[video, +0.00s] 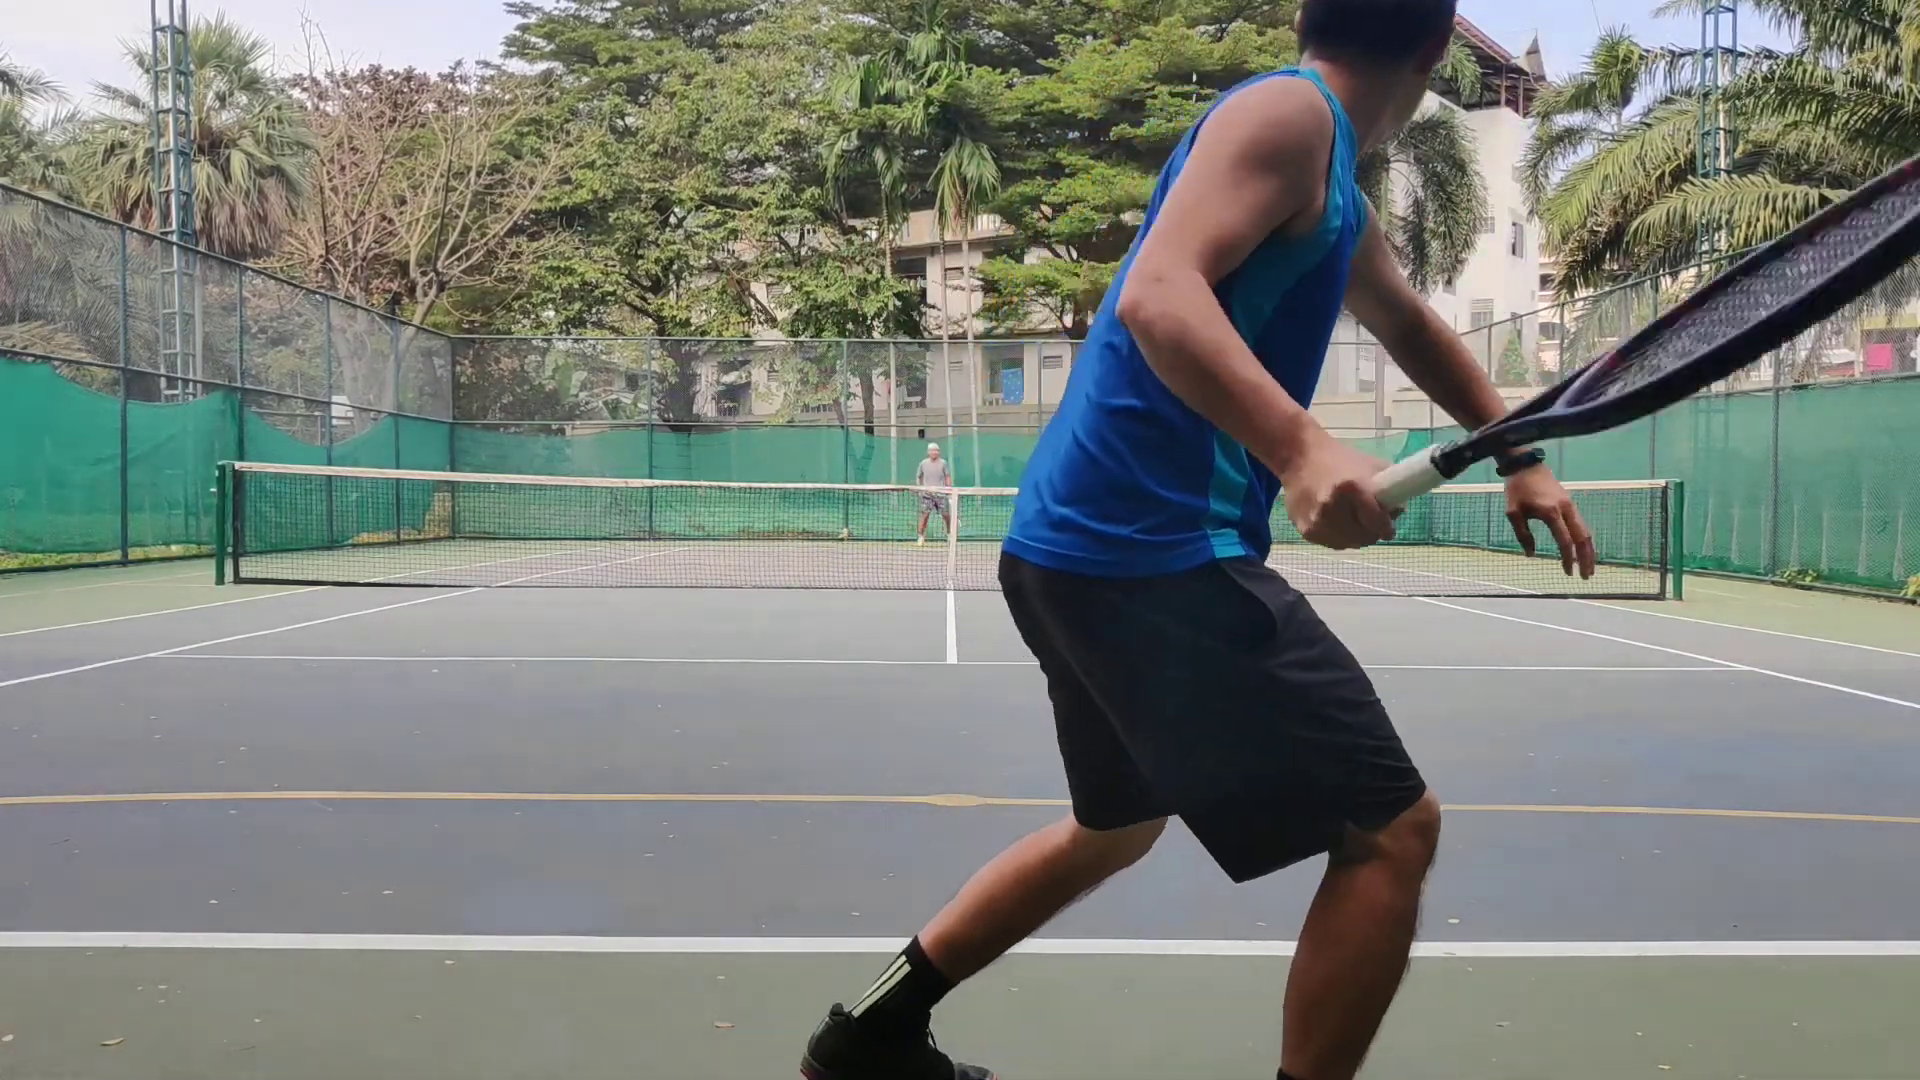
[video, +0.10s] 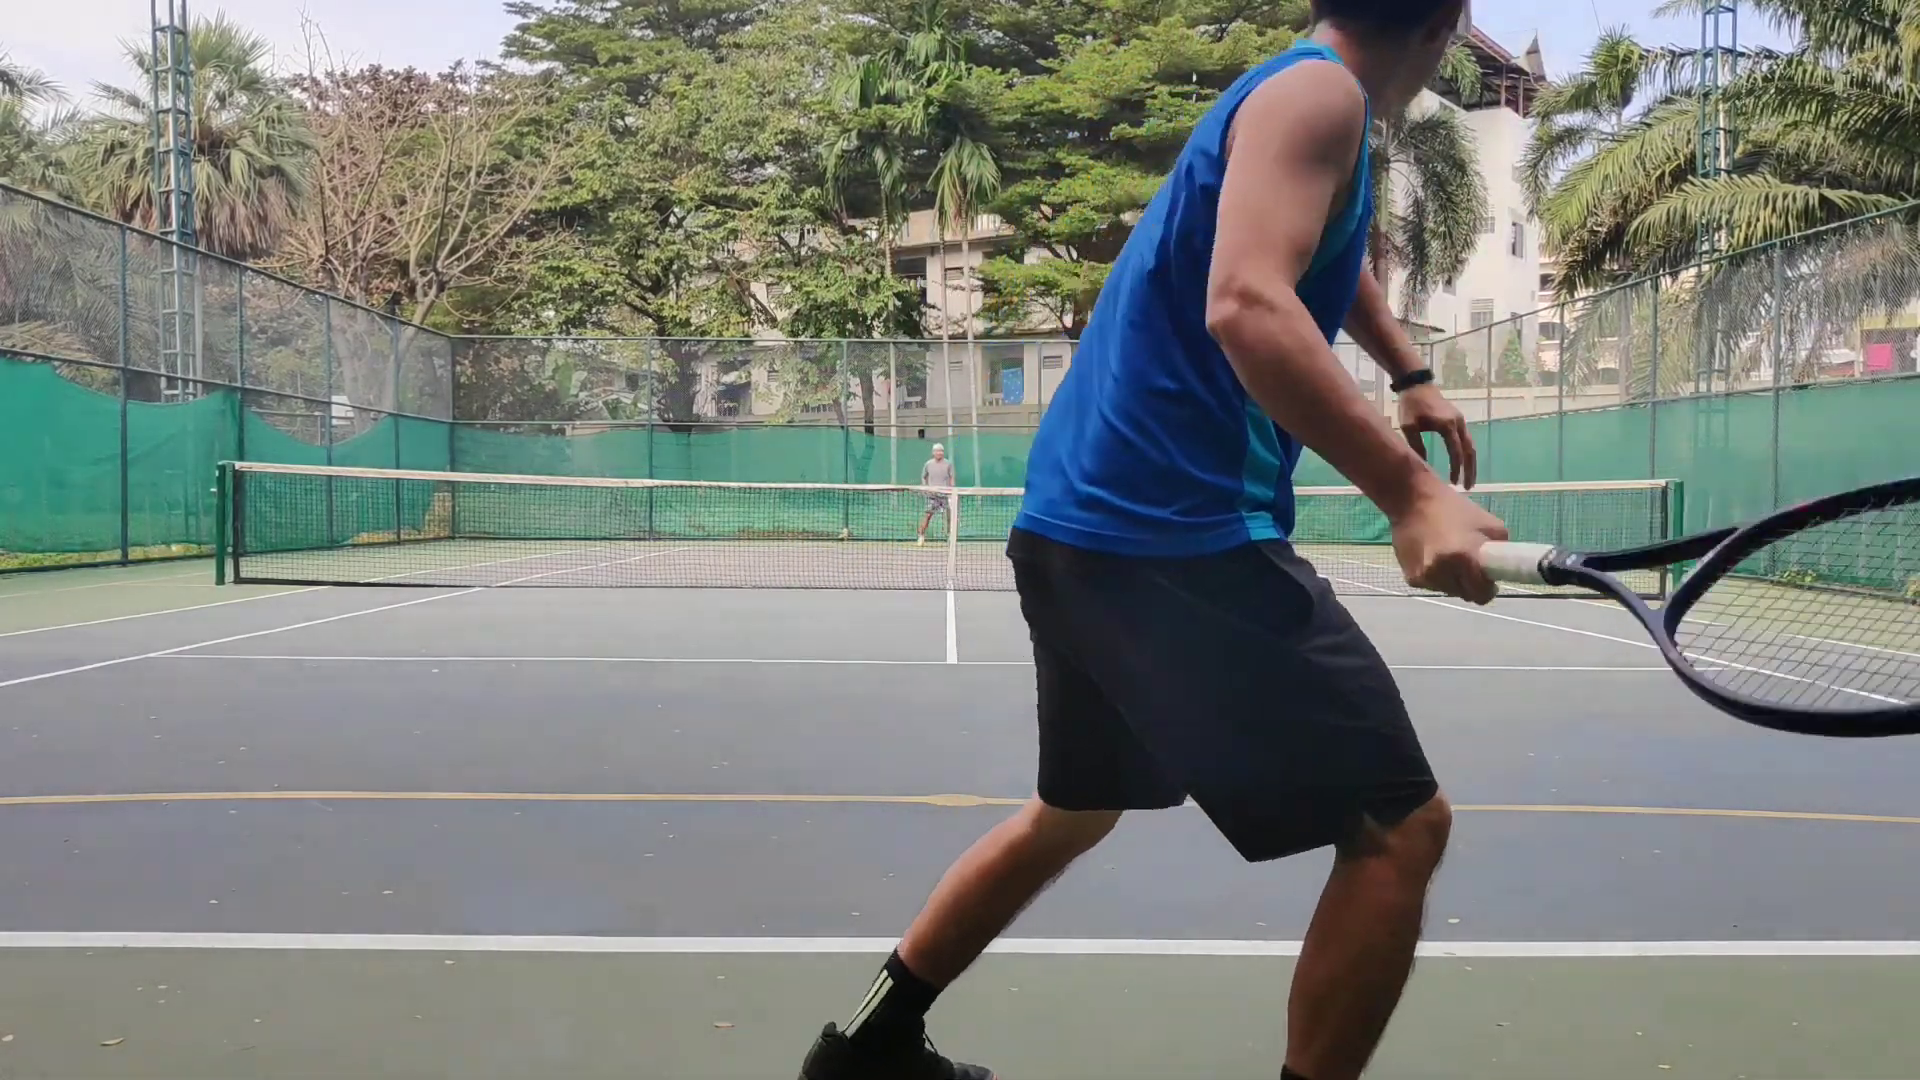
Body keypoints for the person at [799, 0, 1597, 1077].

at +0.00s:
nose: (1436, 79)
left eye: (1439, 58)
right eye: (1444, 55)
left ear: (1321, 25)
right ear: (1432, 49)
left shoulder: (1325, 174)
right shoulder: (1286, 114)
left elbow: (1413, 328)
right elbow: (1160, 296)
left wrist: (1520, 458)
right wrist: (1305, 452)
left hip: (1078, 549)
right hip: (1153, 556)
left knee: (1117, 823)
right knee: (1392, 827)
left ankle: (880, 1024)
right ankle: (1310, 1069)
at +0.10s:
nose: (1456, 40)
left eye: (1458, 25)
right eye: (1459, 21)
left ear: (1336, 4)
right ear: (1443, 23)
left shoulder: (1297, 96)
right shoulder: (1319, 97)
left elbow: (1339, 260)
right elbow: (1250, 307)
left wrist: (1411, 376)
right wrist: (1411, 498)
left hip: (1073, 521)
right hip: (1179, 537)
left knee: (1075, 807)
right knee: (1402, 826)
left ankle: (877, 1031)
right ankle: (1313, 1077)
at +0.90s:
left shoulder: (1027, 32)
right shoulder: (1012, 79)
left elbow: (1145, 179)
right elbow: (891, 199)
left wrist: (945, 284)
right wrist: (787, 197)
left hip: (1007, 492)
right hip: (1136, 495)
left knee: (925, 815)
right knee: (1160, 789)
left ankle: (955, 1079)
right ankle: (1317, 1057)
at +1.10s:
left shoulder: (991, 13)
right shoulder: (1105, 53)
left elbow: (1061, 166)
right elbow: (1116, 274)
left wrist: (907, 284)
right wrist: (973, 370)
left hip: (1026, 461)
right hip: (1152, 464)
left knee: (931, 785)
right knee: (1132, 762)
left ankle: (953, 1071)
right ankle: (1183, 1042)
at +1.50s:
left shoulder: (907, 40)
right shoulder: (1154, 70)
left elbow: (848, 225)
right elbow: (1228, 239)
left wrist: (917, 266)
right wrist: (1139, 317)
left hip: (959, 452)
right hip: (1118, 460)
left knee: (829, 726)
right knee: (1151, 738)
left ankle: (738, 1031)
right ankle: (1243, 1028)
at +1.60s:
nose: (936, 25)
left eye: (934, 17)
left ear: (941, 15)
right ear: (1053, 17)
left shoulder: (884, 112)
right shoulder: (1134, 133)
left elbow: (826, 297)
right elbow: (1201, 311)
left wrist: (919, 341)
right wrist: (1111, 403)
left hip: (932, 532)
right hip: (1099, 536)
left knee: (783, 778)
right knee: (1146, 781)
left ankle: (657, 1052)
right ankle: (1251, 1050)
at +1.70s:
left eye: (910, 16)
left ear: (910, 21)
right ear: (1024, 29)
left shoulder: (837, 132)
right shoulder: (1093, 154)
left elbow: (768, 305)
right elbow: (1151, 337)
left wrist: (857, 337)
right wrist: (1058, 421)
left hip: (879, 540)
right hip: (1043, 547)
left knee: (763, 792)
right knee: (1120, 782)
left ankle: (655, 1064)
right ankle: (1247, 1047)